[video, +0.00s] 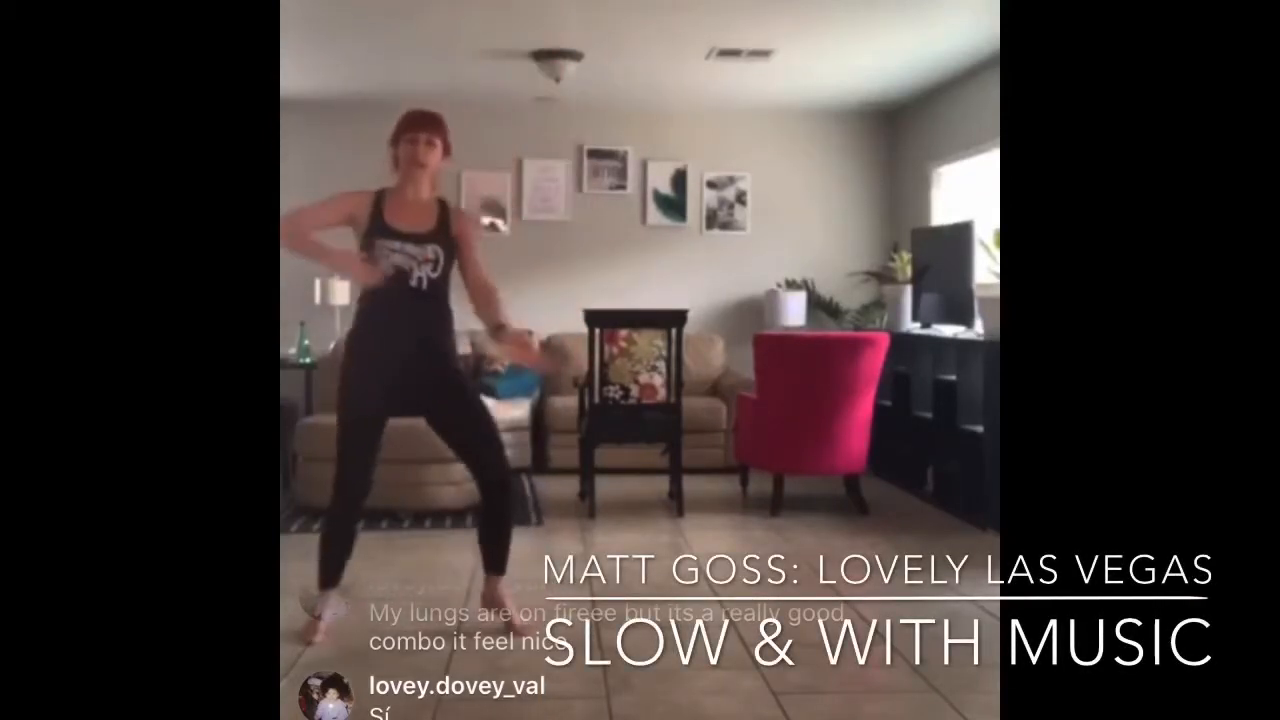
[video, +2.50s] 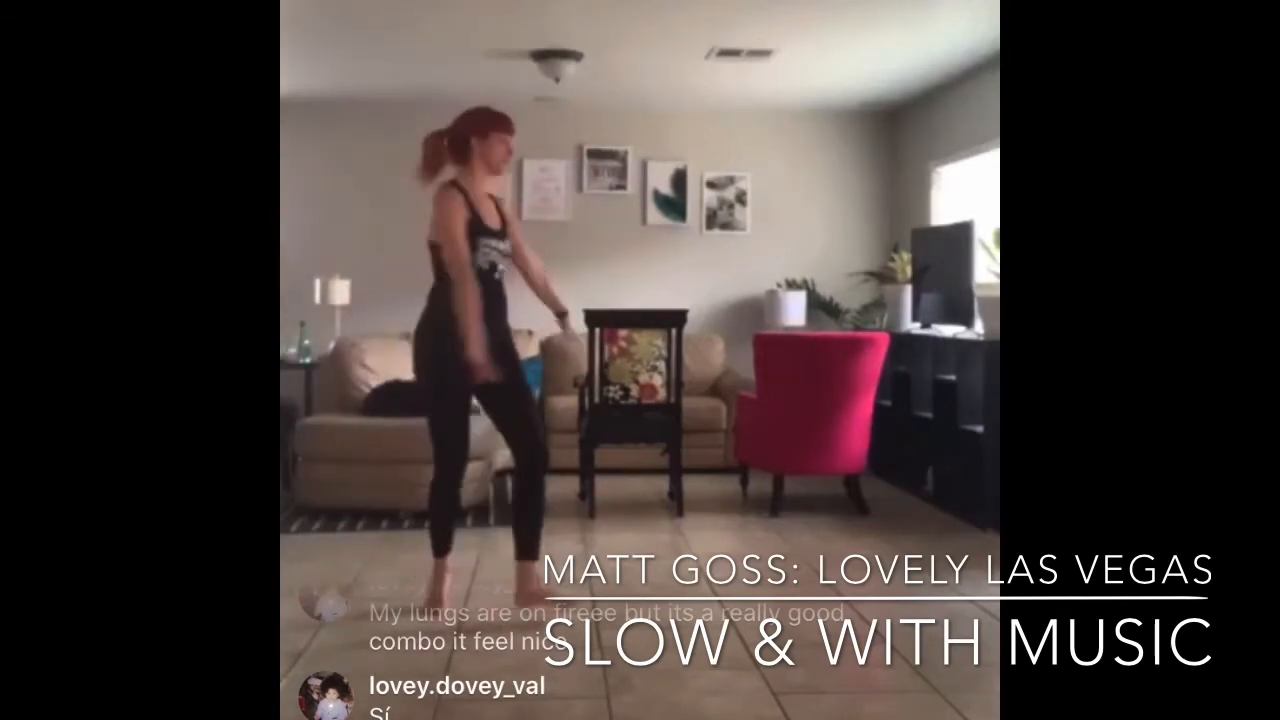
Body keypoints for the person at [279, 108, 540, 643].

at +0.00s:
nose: (419, 150)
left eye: (429, 144)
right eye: (411, 142)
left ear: (444, 156)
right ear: (394, 150)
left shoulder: (457, 222)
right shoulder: (365, 205)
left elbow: (481, 289)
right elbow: (290, 229)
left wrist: (503, 329)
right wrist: (345, 262)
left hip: (434, 365)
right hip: (369, 364)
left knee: (497, 474)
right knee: (351, 486)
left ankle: (495, 589)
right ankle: (327, 601)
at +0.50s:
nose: (375, 144)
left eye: (384, 138)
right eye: (366, 136)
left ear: (398, 151)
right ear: (346, 146)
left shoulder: (410, 209)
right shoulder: (321, 205)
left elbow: (424, 246)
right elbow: (280, 218)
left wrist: (351, 245)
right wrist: (314, 232)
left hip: (383, 359)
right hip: (320, 356)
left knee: (472, 455)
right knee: (323, 473)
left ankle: (492, 579)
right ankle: (321, 594)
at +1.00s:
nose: (380, 145)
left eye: (388, 140)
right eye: (370, 134)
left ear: (393, 153)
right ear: (343, 138)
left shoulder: (394, 204)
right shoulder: (305, 201)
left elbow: (446, 224)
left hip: (380, 350)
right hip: (319, 351)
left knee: (439, 463)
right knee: (325, 474)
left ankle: (482, 581)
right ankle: (323, 592)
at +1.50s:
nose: (441, 138)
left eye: (444, 131)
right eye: (433, 127)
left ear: (431, 137)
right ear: (403, 128)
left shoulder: (426, 192)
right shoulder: (384, 190)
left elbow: (449, 240)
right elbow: (441, 240)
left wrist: (480, 237)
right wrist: (482, 229)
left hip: (440, 338)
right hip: (404, 338)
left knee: (449, 461)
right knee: (412, 463)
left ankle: (427, 588)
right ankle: (366, 595)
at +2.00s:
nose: (421, 139)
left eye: (423, 130)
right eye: (420, 130)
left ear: (439, 130)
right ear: (466, 129)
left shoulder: (435, 183)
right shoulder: (481, 184)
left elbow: (396, 256)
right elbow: (441, 251)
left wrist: (360, 268)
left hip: (443, 333)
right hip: (478, 330)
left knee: (440, 454)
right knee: (456, 451)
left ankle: (459, 583)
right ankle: (464, 575)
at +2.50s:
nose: (510, 148)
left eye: (511, 140)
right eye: (501, 140)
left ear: (499, 149)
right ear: (473, 143)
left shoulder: (498, 204)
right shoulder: (451, 195)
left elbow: (527, 264)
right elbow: (460, 274)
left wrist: (561, 313)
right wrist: (475, 344)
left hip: (492, 331)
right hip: (446, 335)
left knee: (532, 450)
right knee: (451, 461)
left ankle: (529, 582)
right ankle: (441, 576)